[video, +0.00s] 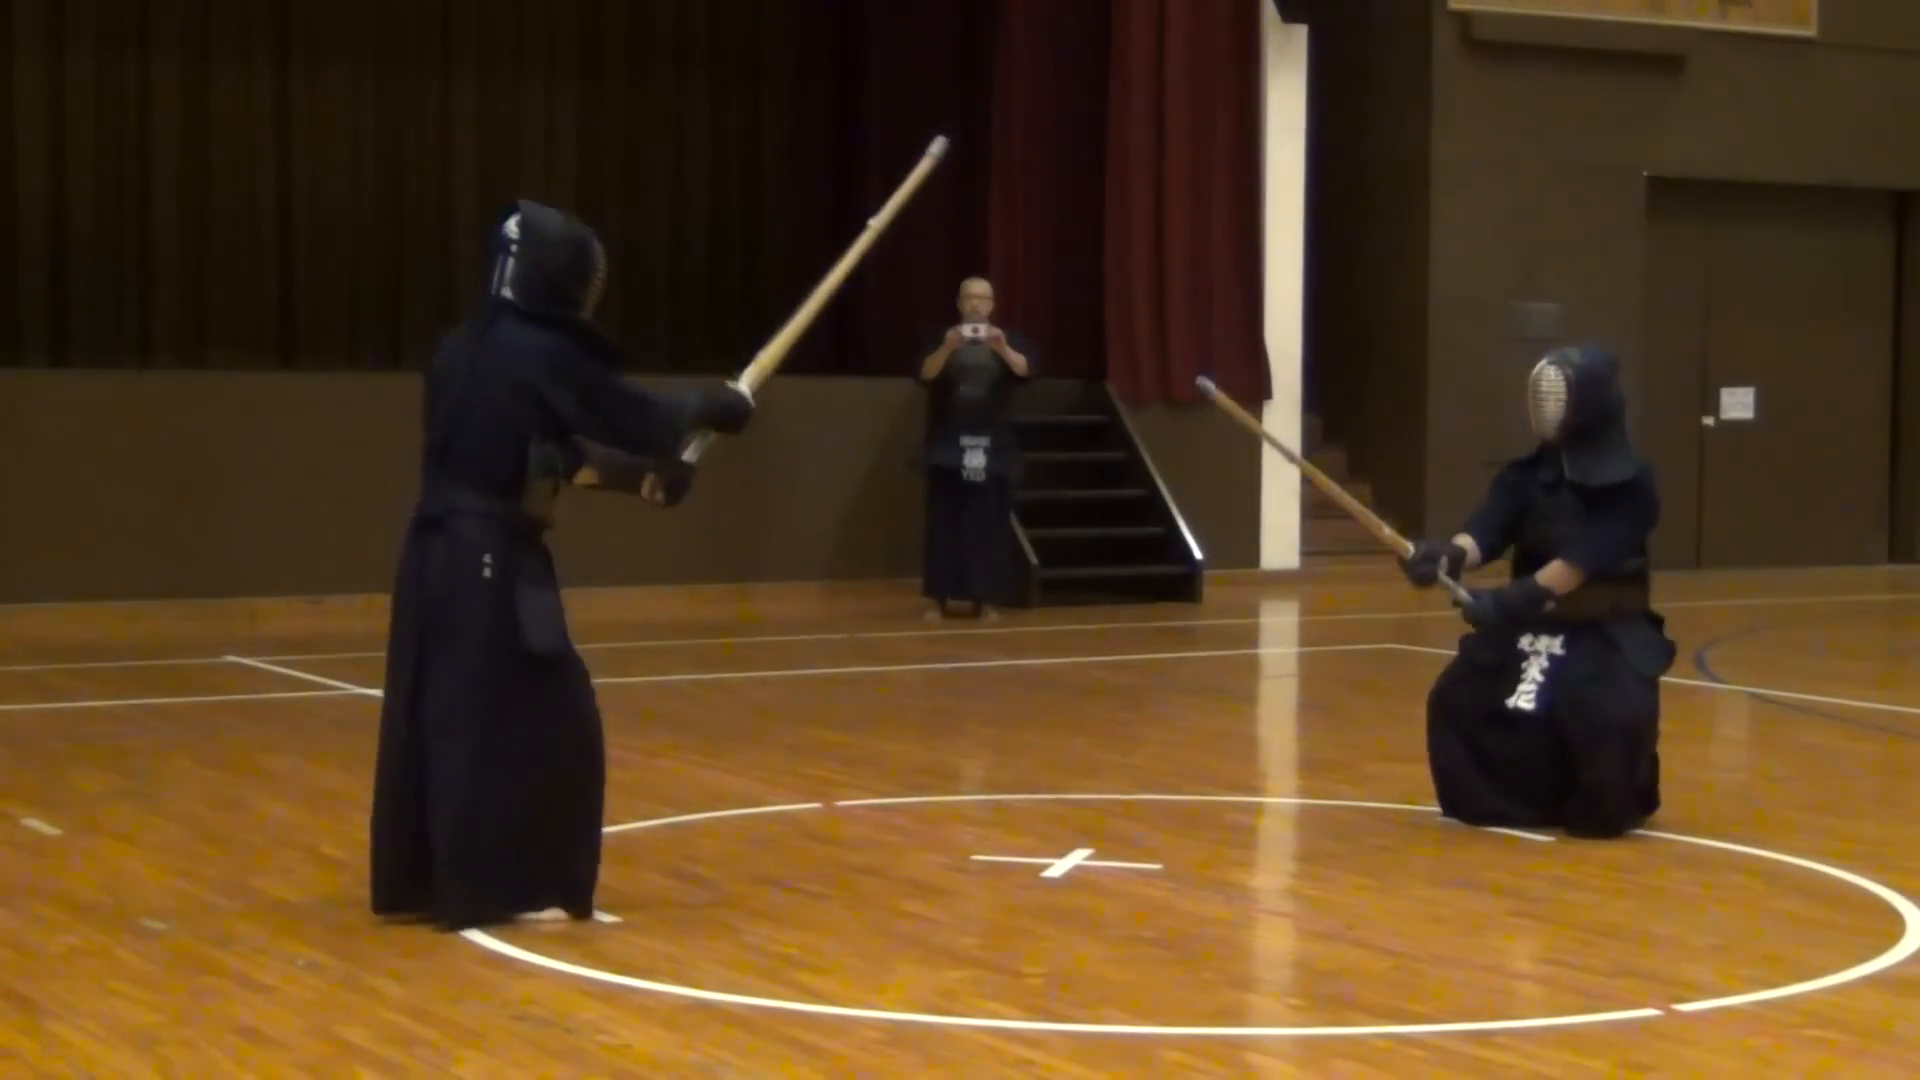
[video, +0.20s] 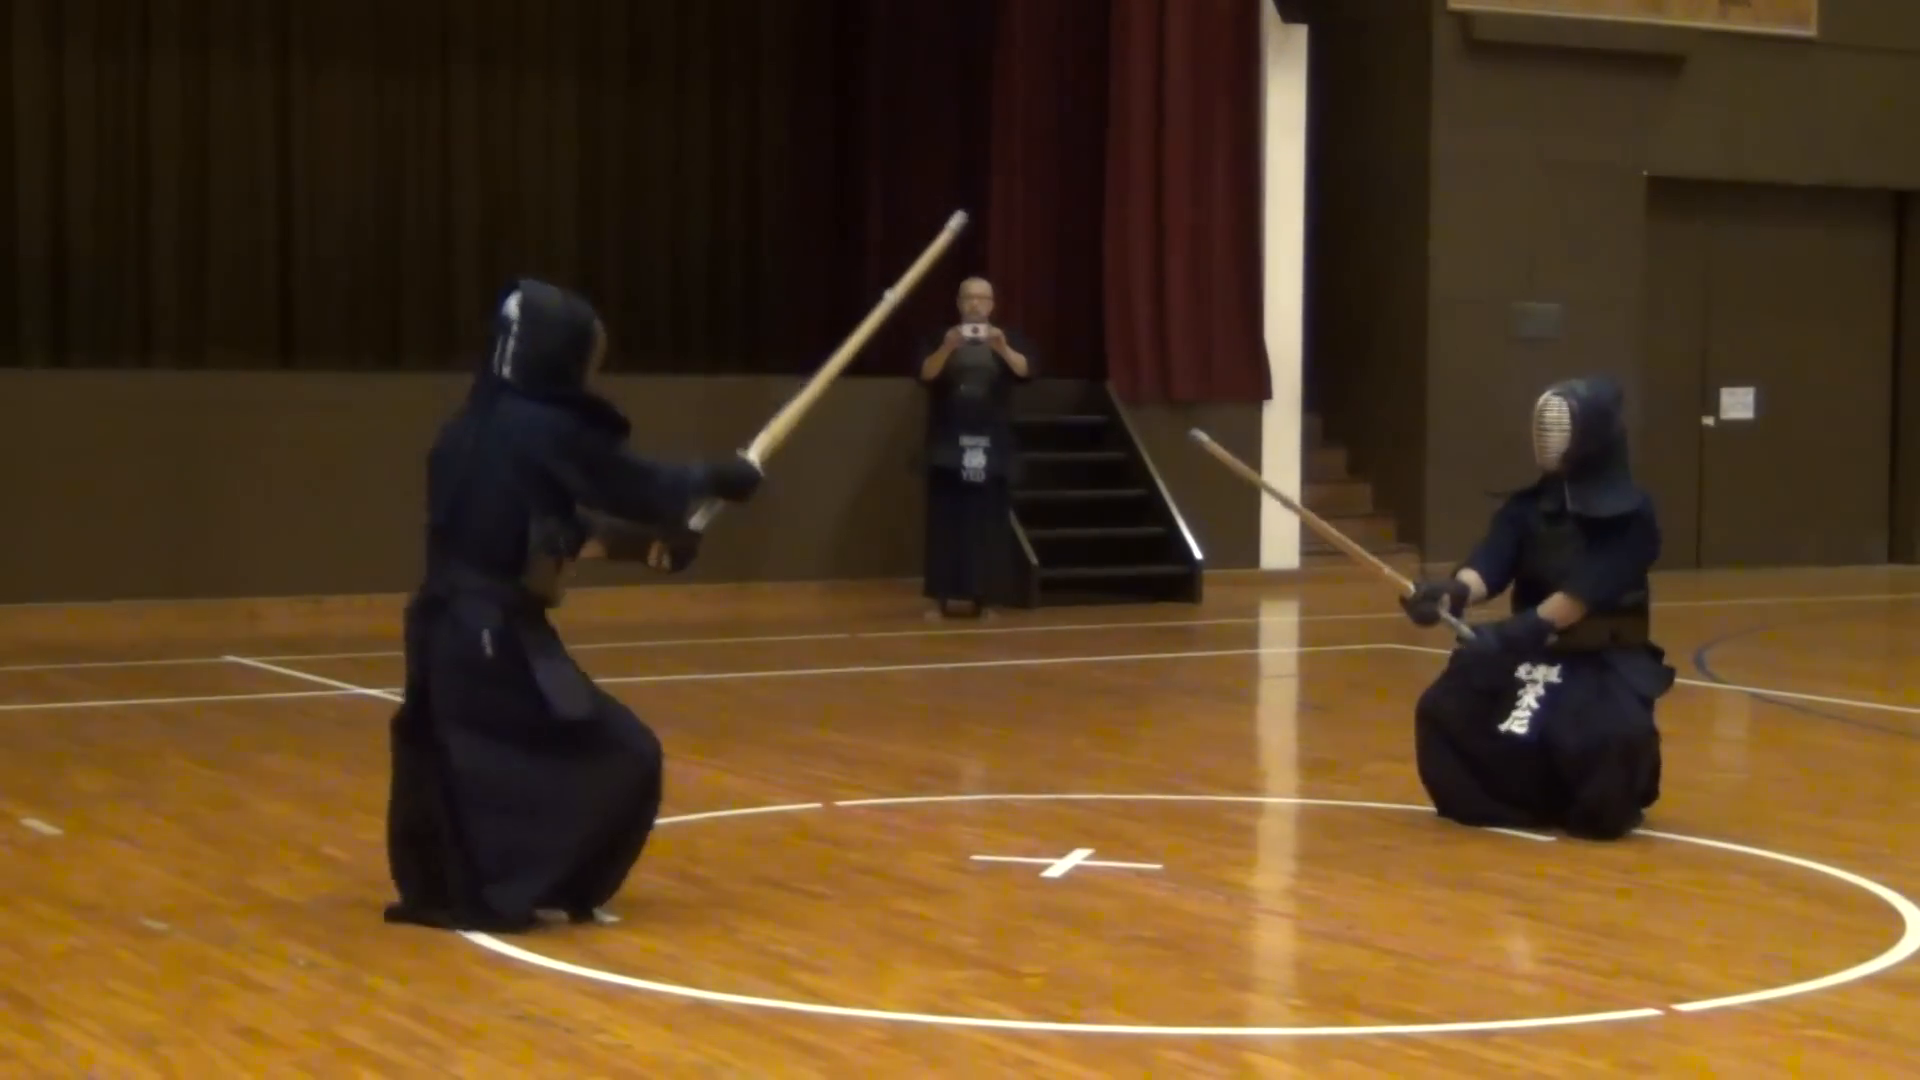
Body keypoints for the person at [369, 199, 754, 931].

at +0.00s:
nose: (595, 292)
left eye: (593, 278)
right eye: (590, 279)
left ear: (516, 275)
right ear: (567, 283)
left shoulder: (462, 347)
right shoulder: (556, 353)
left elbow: (545, 450)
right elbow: (639, 420)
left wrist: (639, 476)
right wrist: (714, 406)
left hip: (433, 555)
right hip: (496, 563)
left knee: (443, 711)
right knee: (554, 714)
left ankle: (427, 882)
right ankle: (519, 886)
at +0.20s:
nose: (595, 367)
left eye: (594, 352)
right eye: (589, 353)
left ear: (518, 350)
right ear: (561, 358)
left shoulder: (468, 426)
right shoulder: (555, 431)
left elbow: (539, 525)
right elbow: (641, 488)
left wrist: (635, 543)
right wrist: (718, 477)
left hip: (437, 628)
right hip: (498, 638)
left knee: (459, 751)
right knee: (629, 752)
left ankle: (457, 889)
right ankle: (567, 884)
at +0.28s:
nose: (583, 402)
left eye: (581, 388)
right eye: (577, 388)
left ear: (504, 387)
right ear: (558, 394)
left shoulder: (465, 466)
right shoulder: (555, 467)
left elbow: (547, 558)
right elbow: (637, 523)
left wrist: (643, 573)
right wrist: (714, 511)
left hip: (440, 670)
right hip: (501, 679)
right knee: (645, 769)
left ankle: (436, 880)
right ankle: (561, 893)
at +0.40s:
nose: (578, 450)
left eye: (574, 437)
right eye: (572, 438)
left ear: (499, 439)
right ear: (560, 445)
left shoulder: (468, 517)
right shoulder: (559, 514)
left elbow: (556, 604)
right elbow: (646, 572)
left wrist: (650, 619)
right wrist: (719, 551)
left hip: (443, 729)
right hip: (510, 739)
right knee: (666, 788)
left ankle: (433, 859)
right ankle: (542, 888)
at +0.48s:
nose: (579, 482)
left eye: (575, 469)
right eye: (571, 470)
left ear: (498, 471)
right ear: (558, 476)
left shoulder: (467, 549)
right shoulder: (557, 540)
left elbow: (555, 633)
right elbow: (643, 595)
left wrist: (653, 646)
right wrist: (724, 571)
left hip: (447, 761)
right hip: (511, 769)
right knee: (670, 800)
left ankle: (445, 856)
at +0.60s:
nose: (579, 493)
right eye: (571, 480)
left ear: (497, 482)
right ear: (562, 489)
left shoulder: (466, 562)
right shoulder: (561, 565)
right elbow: (643, 615)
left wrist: (652, 656)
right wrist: (719, 585)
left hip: (446, 766)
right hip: (515, 778)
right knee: (673, 806)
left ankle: (437, 864)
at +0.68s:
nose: (581, 483)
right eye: (573, 471)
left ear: (500, 472)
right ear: (565, 481)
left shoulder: (468, 549)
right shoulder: (558, 557)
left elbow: (547, 642)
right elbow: (640, 616)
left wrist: (650, 654)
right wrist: (714, 586)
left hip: (448, 759)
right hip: (514, 773)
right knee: (674, 804)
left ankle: (437, 864)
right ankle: (524, 883)